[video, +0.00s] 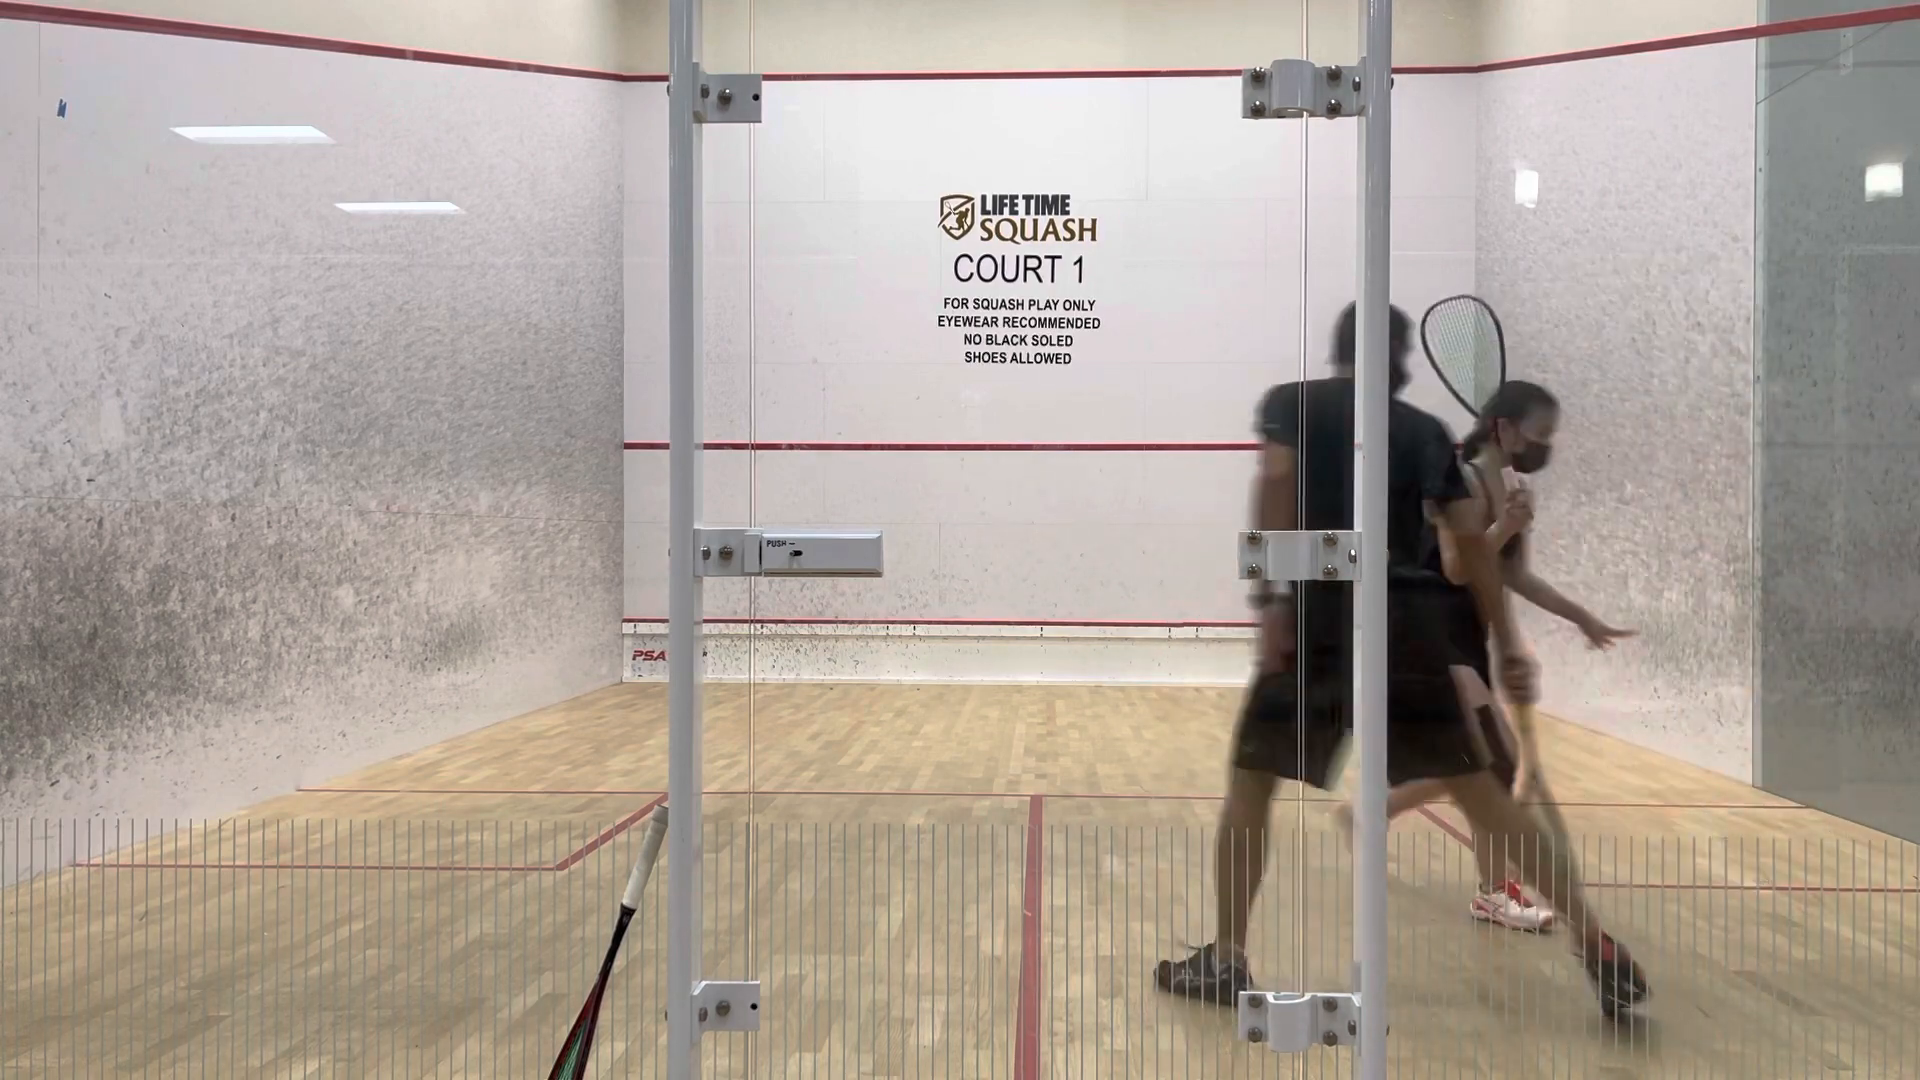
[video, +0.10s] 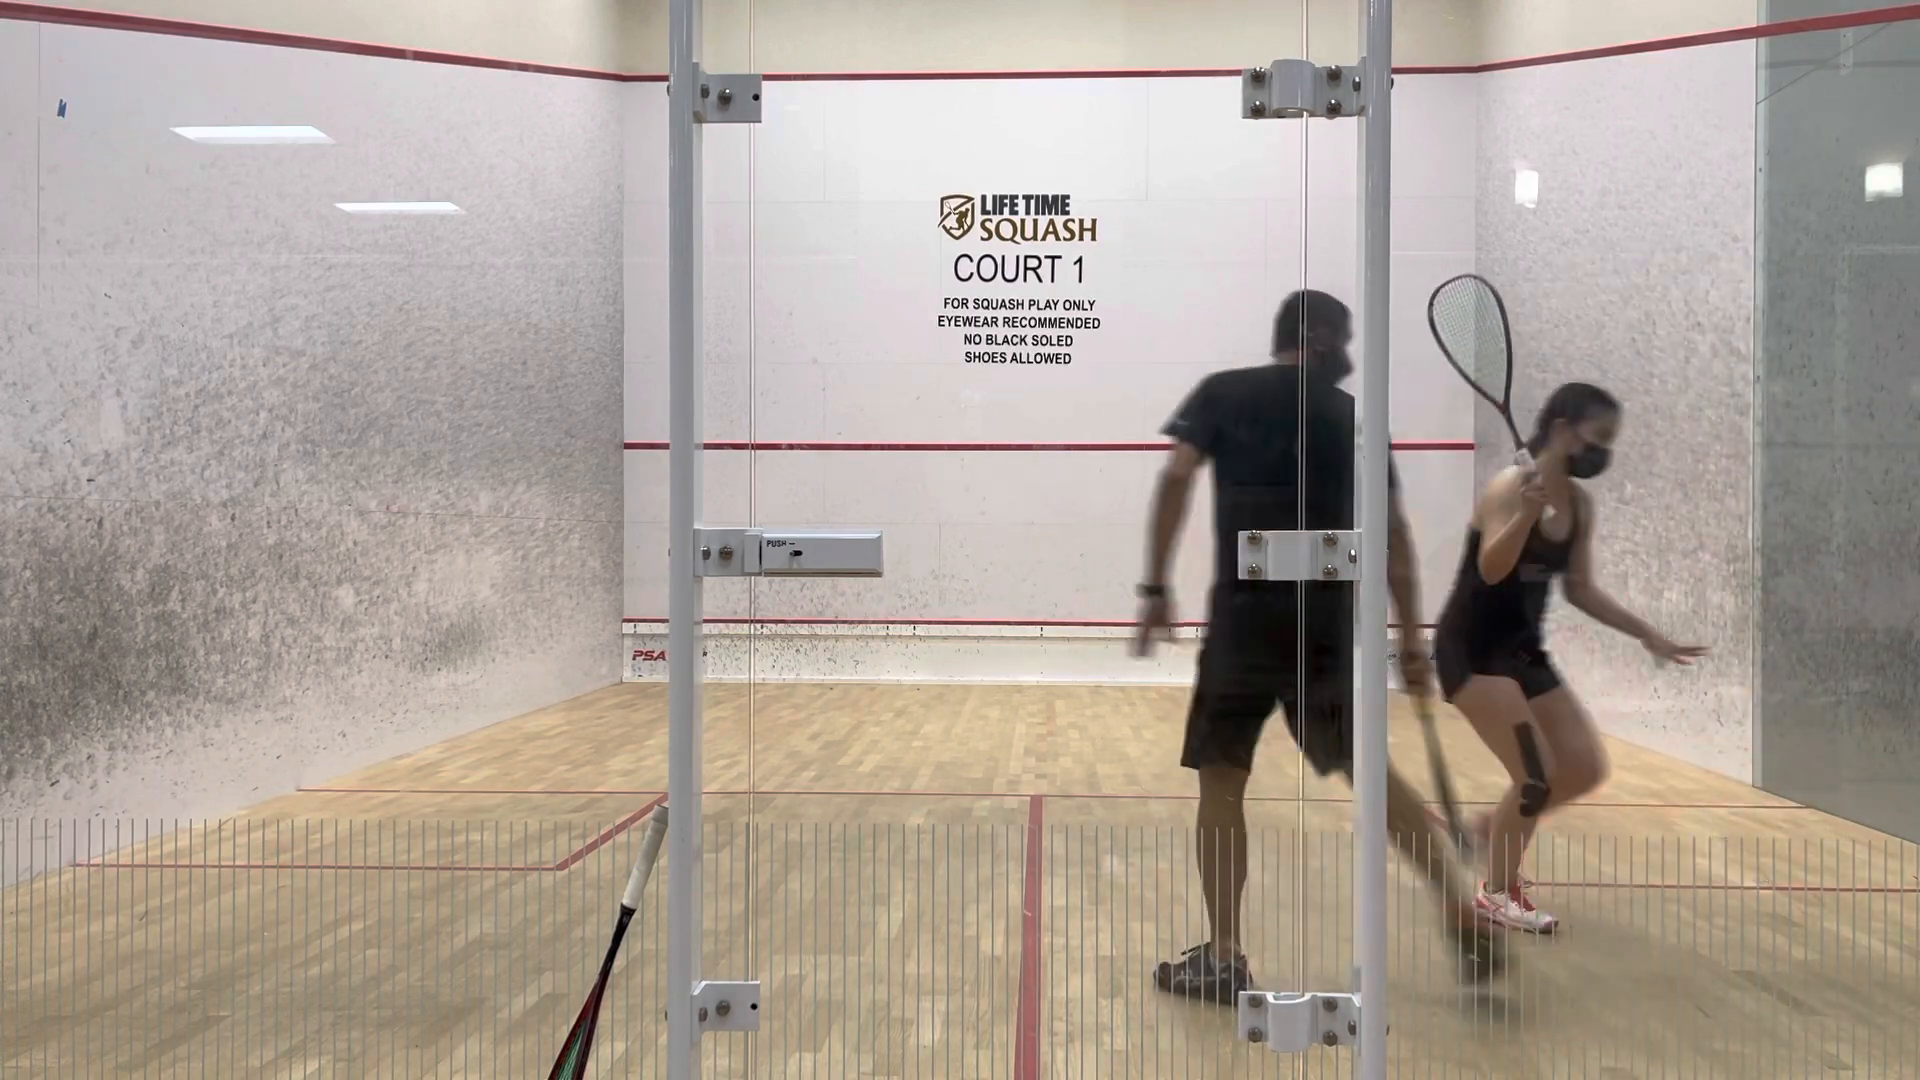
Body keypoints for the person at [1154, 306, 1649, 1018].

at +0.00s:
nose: (1394, 361)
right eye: (1399, 348)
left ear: (1334, 346)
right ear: (1402, 357)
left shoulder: (1291, 400)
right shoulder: (1426, 431)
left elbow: (1277, 482)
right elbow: (1471, 541)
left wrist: (1270, 599)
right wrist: (1510, 642)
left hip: (1309, 629)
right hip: (1411, 636)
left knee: (1250, 787)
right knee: (1487, 796)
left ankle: (1226, 953)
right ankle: (1598, 946)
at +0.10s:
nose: (1350, 356)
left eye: (1349, 344)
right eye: (1345, 345)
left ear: (1280, 340)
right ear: (1326, 344)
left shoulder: (1226, 391)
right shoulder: (1358, 419)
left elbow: (1175, 480)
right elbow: (1396, 533)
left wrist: (1156, 587)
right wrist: (1411, 639)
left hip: (1243, 625)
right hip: (1336, 625)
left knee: (1220, 784)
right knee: (1370, 770)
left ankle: (1224, 954)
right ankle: (1464, 905)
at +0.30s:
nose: (1243, 357)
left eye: (1242, 344)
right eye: (1239, 345)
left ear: (1179, 335)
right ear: (1212, 338)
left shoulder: (1117, 394)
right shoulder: (1243, 412)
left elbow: (1033, 461)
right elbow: (1262, 509)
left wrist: (1005, 528)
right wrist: (1271, 618)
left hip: (1147, 615)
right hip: (1223, 617)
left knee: (1184, 777)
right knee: (1185, 769)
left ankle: (1220, 949)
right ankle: (1157, 915)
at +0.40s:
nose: (1195, 373)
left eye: (1195, 361)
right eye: (1191, 361)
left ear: (1133, 349)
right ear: (1162, 353)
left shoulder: (1069, 405)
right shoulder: (1191, 424)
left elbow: (984, 474)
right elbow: (1215, 516)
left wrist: (956, 526)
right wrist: (1219, 622)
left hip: (1089, 621)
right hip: (1166, 623)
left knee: (1126, 776)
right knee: (1124, 772)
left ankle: (1203, 931)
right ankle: (1080, 911)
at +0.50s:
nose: (1153, 375)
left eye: (1152, 364)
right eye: (1148, 363)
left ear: (1087, 356)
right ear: (1119, 361)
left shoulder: (1024, 406)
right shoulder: (1142, 430)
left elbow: (944, 477)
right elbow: (1176, 520)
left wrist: (910, 552)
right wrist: (1171, 624)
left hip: (1042, 620)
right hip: (1116, 623)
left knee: (1027, 762)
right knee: (1088, 761)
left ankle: (1114, 880)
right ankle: (1076, 910)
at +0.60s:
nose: (1101, 370)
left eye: (1099, 358)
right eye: (1098, 358)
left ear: (1034, 350)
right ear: (1081, 356)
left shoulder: (975, 398)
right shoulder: (1093, 418)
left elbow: (918, 470)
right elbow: (1136, 518)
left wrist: (886, 565)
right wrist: (1124, 611)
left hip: (990, 612)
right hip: (1071, 615)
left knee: (949, 738)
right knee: (1066, 751)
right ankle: (1072, 910)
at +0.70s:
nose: (1038, 368)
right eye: (1037, 358)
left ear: (976, 348)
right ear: (1033, 358)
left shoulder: (924, 397)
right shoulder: (1044, 415)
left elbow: (898, 460)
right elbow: (1092, 513)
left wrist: (871, 539)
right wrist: (1064, 586)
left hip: (943, 612)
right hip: (1024, 615)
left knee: (886, 736)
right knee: (1045, 754)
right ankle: (1064, 909)